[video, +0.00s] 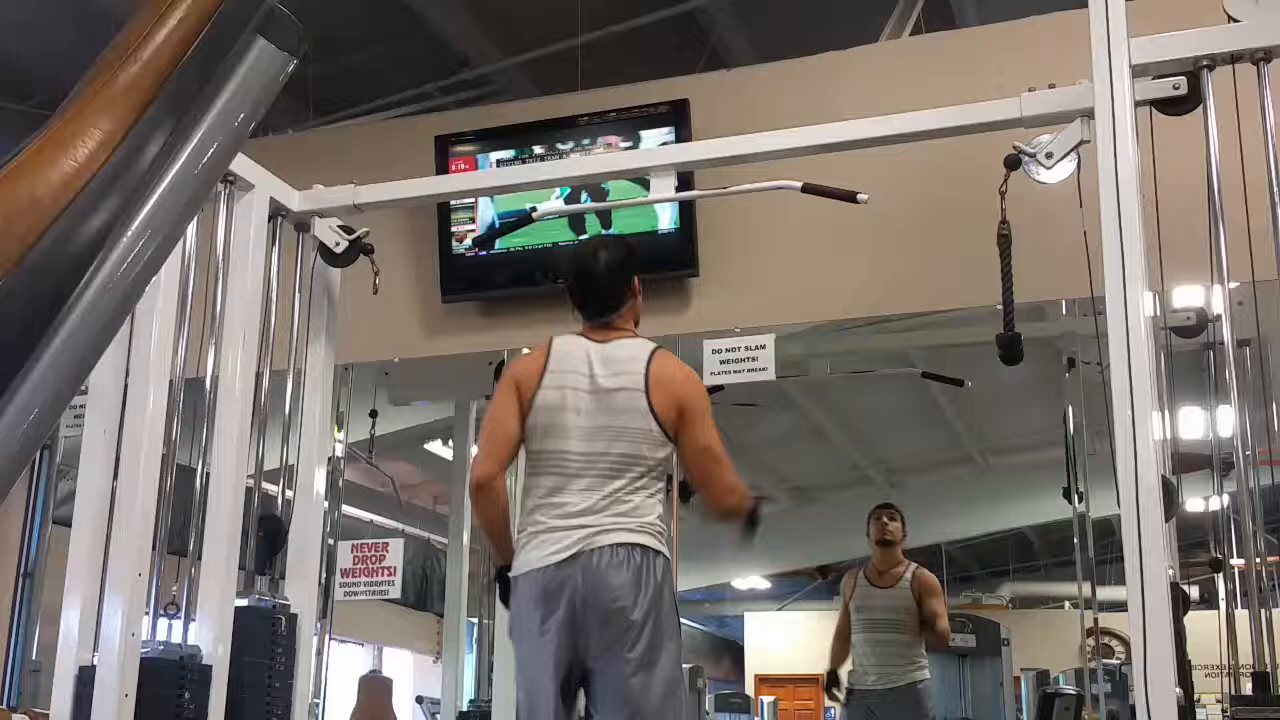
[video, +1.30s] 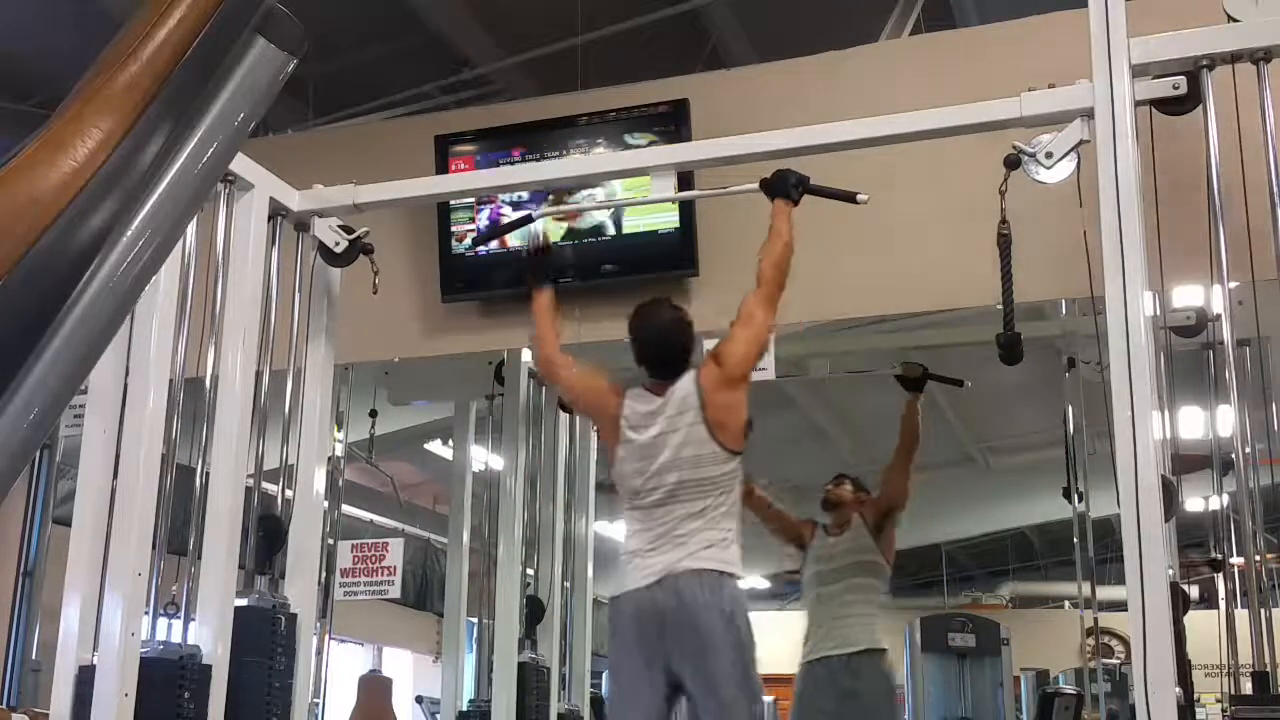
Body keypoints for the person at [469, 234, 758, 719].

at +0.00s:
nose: (642, 290)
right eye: (641, 283)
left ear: (574, 299)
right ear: (637, 290)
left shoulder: (529, 368)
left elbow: (484, 476)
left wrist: (506, 561)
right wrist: (744, 504)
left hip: (540, 571)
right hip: (632, 567)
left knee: (541, 713)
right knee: (639, 711)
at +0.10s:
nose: (645, 301)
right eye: (643, 294)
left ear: (573, 311)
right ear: (638, 302)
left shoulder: (536, 380)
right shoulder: (678, 380)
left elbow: (485, 484)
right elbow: (748, 474)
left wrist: (505, 553)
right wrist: (764, 444)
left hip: (549, 577)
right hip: (636, 571)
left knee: (554, 714)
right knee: (642, 711)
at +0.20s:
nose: (642, 307)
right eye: (640, 300)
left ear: (574, 320)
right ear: (635, 309)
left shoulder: (540, 396)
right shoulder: (680, 386)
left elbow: (488, 496)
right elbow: (769, 432)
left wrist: (511, 545)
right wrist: (777, 376)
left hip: (560, 583)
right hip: (645, 576)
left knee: (563, 714)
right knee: (646, 713)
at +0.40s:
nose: (648, 320)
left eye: (643, 311)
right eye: (645, 313)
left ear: (585, 337)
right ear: (641, 324)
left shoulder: (556, 411)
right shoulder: (689, 379)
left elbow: (512, 505)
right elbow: (778, 355)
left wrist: (552, 514)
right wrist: (783, 284)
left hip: (579, 592)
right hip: (661, 584)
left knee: (572, 714)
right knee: (675, 712)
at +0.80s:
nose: (714, 316)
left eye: (705, 311)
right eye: (710, 312)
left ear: (655, 343)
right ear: (708, 325)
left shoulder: (632, 410)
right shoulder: (749, 360)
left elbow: (563, 476)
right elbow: (784, 274)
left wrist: (579, 435)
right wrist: (786, 199)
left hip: (663, 590)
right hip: (746, 581)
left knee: (647, 712)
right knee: (760, 712)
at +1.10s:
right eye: (715, 317)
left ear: (667, 350)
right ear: (722, 338)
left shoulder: (639, 411)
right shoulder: (758, 371)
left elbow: (567, 420)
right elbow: (790, 278)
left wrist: (567, 357)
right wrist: (788, 198)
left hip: (669, 594)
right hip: (747, 586)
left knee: (659, 712)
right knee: (763, 712)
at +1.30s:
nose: (692, 326)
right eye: (690, 325)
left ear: (636, 354)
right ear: (693, 344)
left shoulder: (612, 407)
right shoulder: (723, 379)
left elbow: (551, 361)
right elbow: (768, 289)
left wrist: (542, 283)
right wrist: (783, 205)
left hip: (636, 598)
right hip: (707, 591)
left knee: (634, 714)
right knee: (733, 711)